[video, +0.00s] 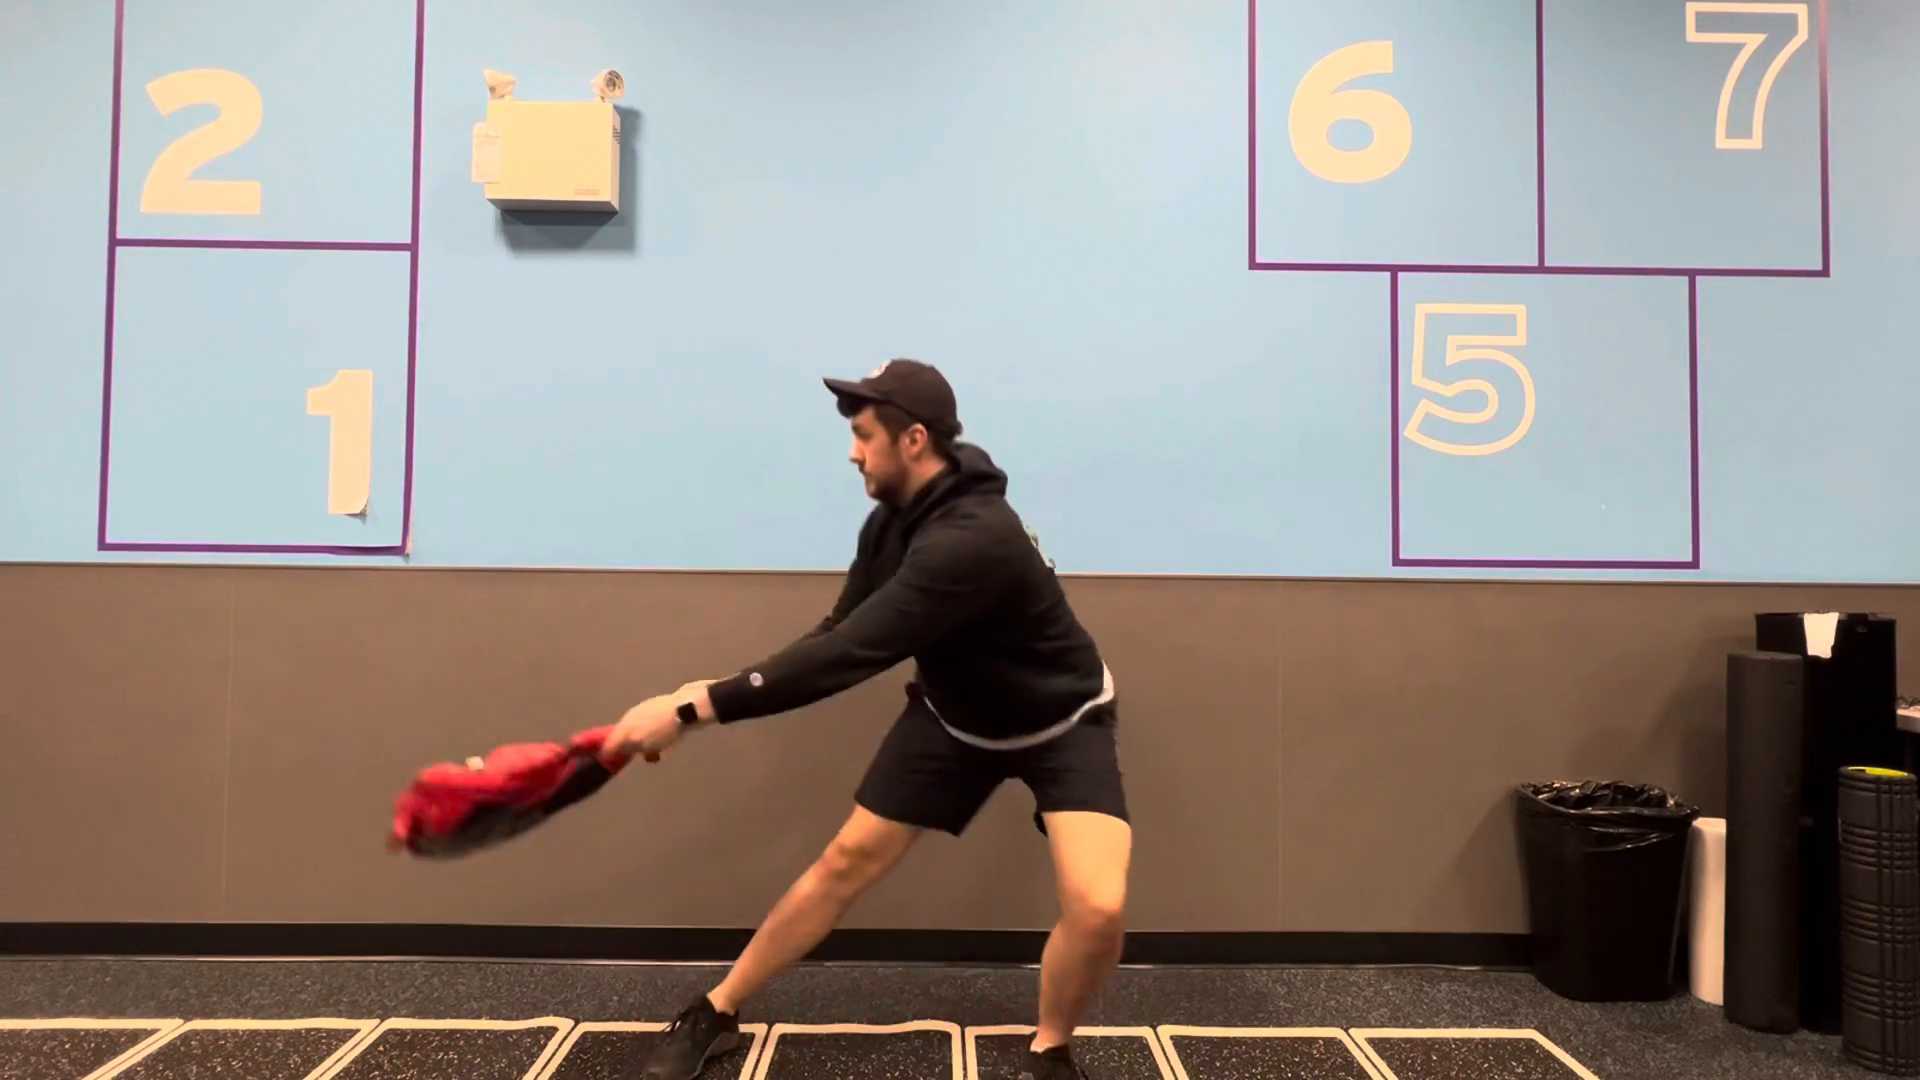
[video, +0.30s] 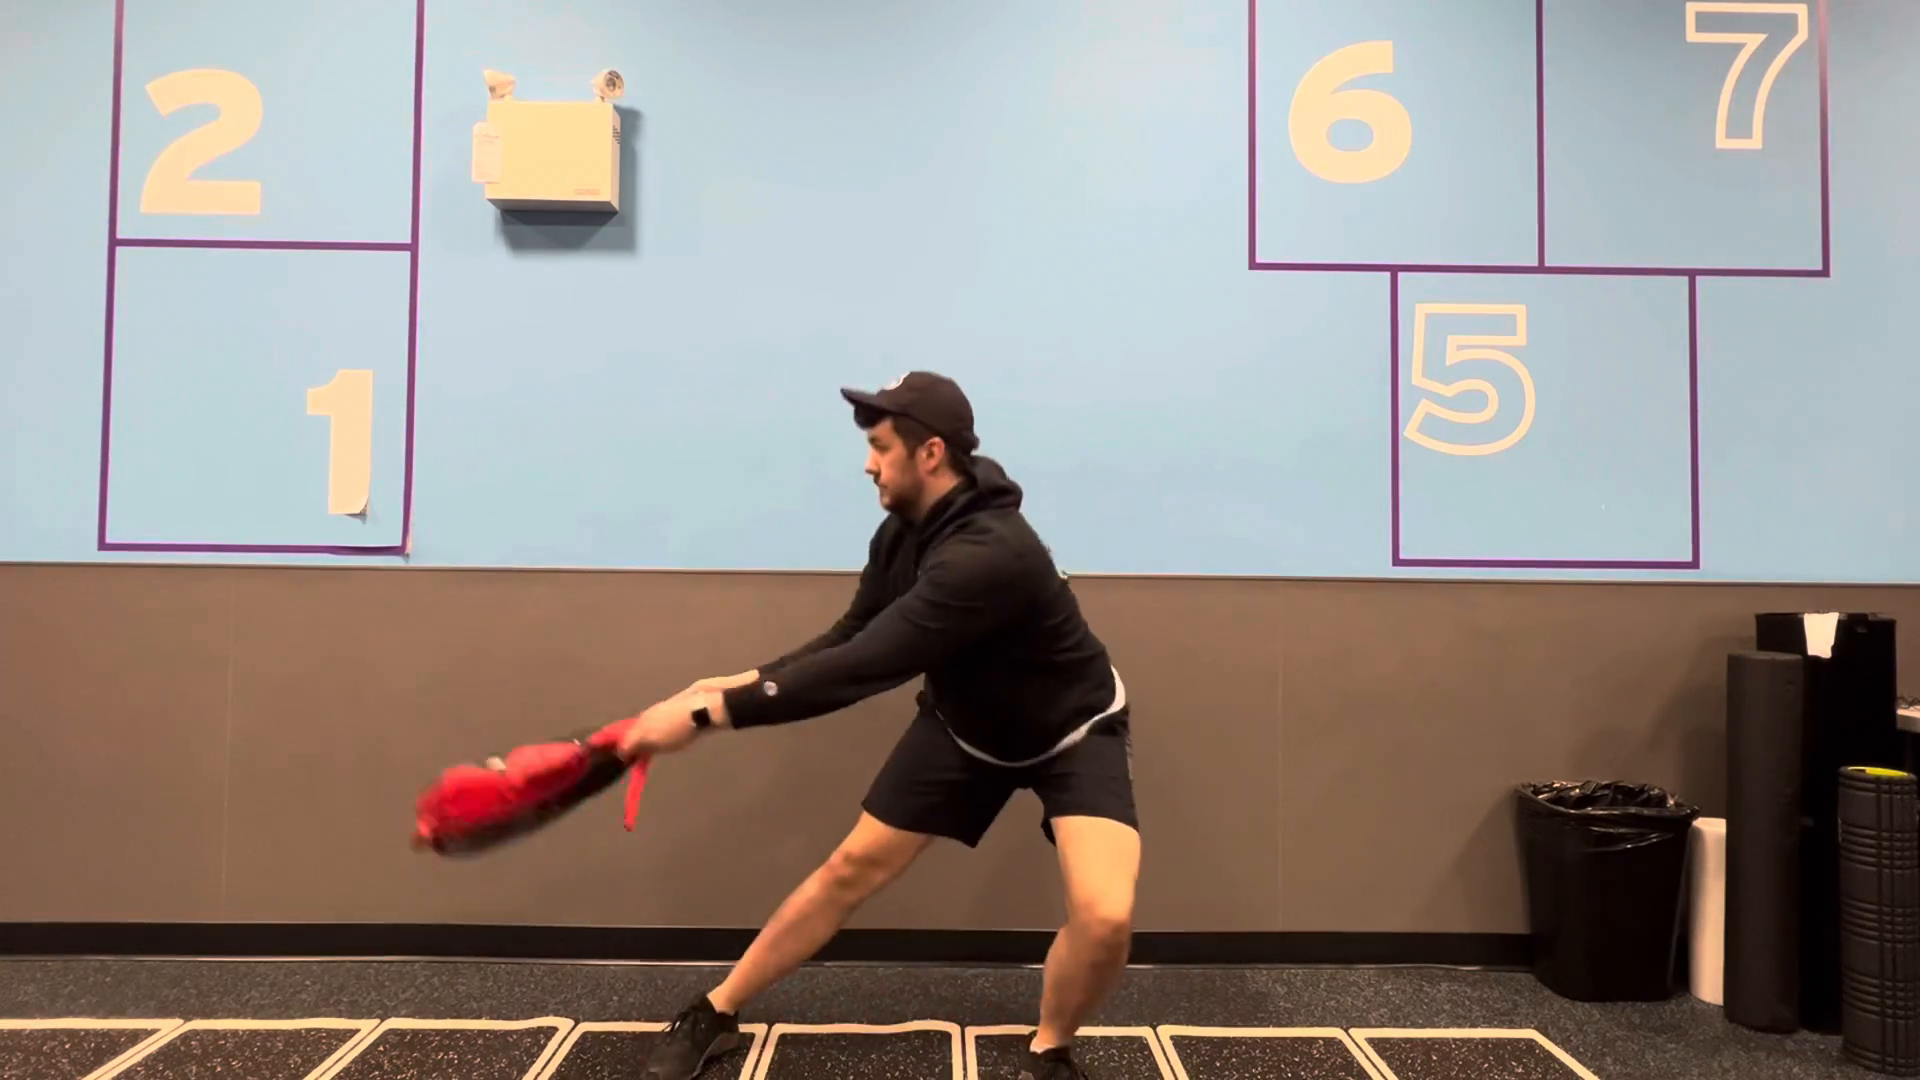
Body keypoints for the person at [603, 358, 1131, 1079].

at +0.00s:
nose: (854, 453)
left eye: (865, 436)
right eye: (854, 436)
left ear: (916, 440)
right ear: (904, 441)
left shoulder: (972, 537)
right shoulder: (893, 521)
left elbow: (852, 654)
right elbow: (838, 636)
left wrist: (692, 708)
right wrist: (701, 702)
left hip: (1064, 718)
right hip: (951, 712)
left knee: (1100, 906)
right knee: (847, 858)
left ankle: (1051, 1051)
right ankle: (716, 1011)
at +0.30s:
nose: (869, 466)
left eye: (881, 449)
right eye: (871, 449)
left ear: (932, 454)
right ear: (923, 454)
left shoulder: (987, 551)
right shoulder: (904, 532)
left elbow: (864, 666)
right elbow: (852, 636)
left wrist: (711, 715)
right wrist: (743, 684)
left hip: (1073, 727)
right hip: (962, 720)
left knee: (1107, 915)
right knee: (852, 866)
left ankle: (1051, 1050)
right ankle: (716, 1013)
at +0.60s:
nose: (901, 368)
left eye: (917, 348)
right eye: (885, 353)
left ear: (954, 347)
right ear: (870, 360)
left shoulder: (1011, 452)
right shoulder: (852, 453)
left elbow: (999, 601)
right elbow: (808, 579)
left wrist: (967, 729)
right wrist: (768, 702)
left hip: (1004, 669)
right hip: (886, 668)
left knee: (1060, 845)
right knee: (805, 841)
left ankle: (1049, 1046)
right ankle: (723, 1009)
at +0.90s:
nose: (897, 404)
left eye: (897, 388)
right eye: (879, 392)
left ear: (892, 390)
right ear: (827, 406)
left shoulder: (905, 482)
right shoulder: (773, 499)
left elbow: (972, 581)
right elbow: (846, 637)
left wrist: (1067, 653)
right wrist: (978, 719)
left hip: (857, 689)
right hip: (743, 692)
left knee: (940, 849)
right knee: (689, 869)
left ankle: (1043, 1037)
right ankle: (713, 1016)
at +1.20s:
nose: (867, 480)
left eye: (865, 463)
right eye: (851, 466)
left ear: (809, 473)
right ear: (796, 475)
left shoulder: (862, 543)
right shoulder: (734, 565)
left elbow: (930, 640)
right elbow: (842, 673)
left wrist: (1034, 692)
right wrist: (996, 714)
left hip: (807, 720)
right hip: (692, 729)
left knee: (899, 867)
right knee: (667, 899)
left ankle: (1042, 1040)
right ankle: (713, 1019)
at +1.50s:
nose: (836, 371)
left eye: (848, 353)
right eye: (818, 355)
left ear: (863, 358)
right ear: (781, 360)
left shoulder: (903, 457)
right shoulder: (732, 467)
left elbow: (950, 579)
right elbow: (741, 613)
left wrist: (997, 697)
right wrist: (771, 745)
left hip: (877, 672)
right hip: (761, 676)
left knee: (952, 844)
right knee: (707, 846)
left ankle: (1039, 1031)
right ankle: (714, 1013)